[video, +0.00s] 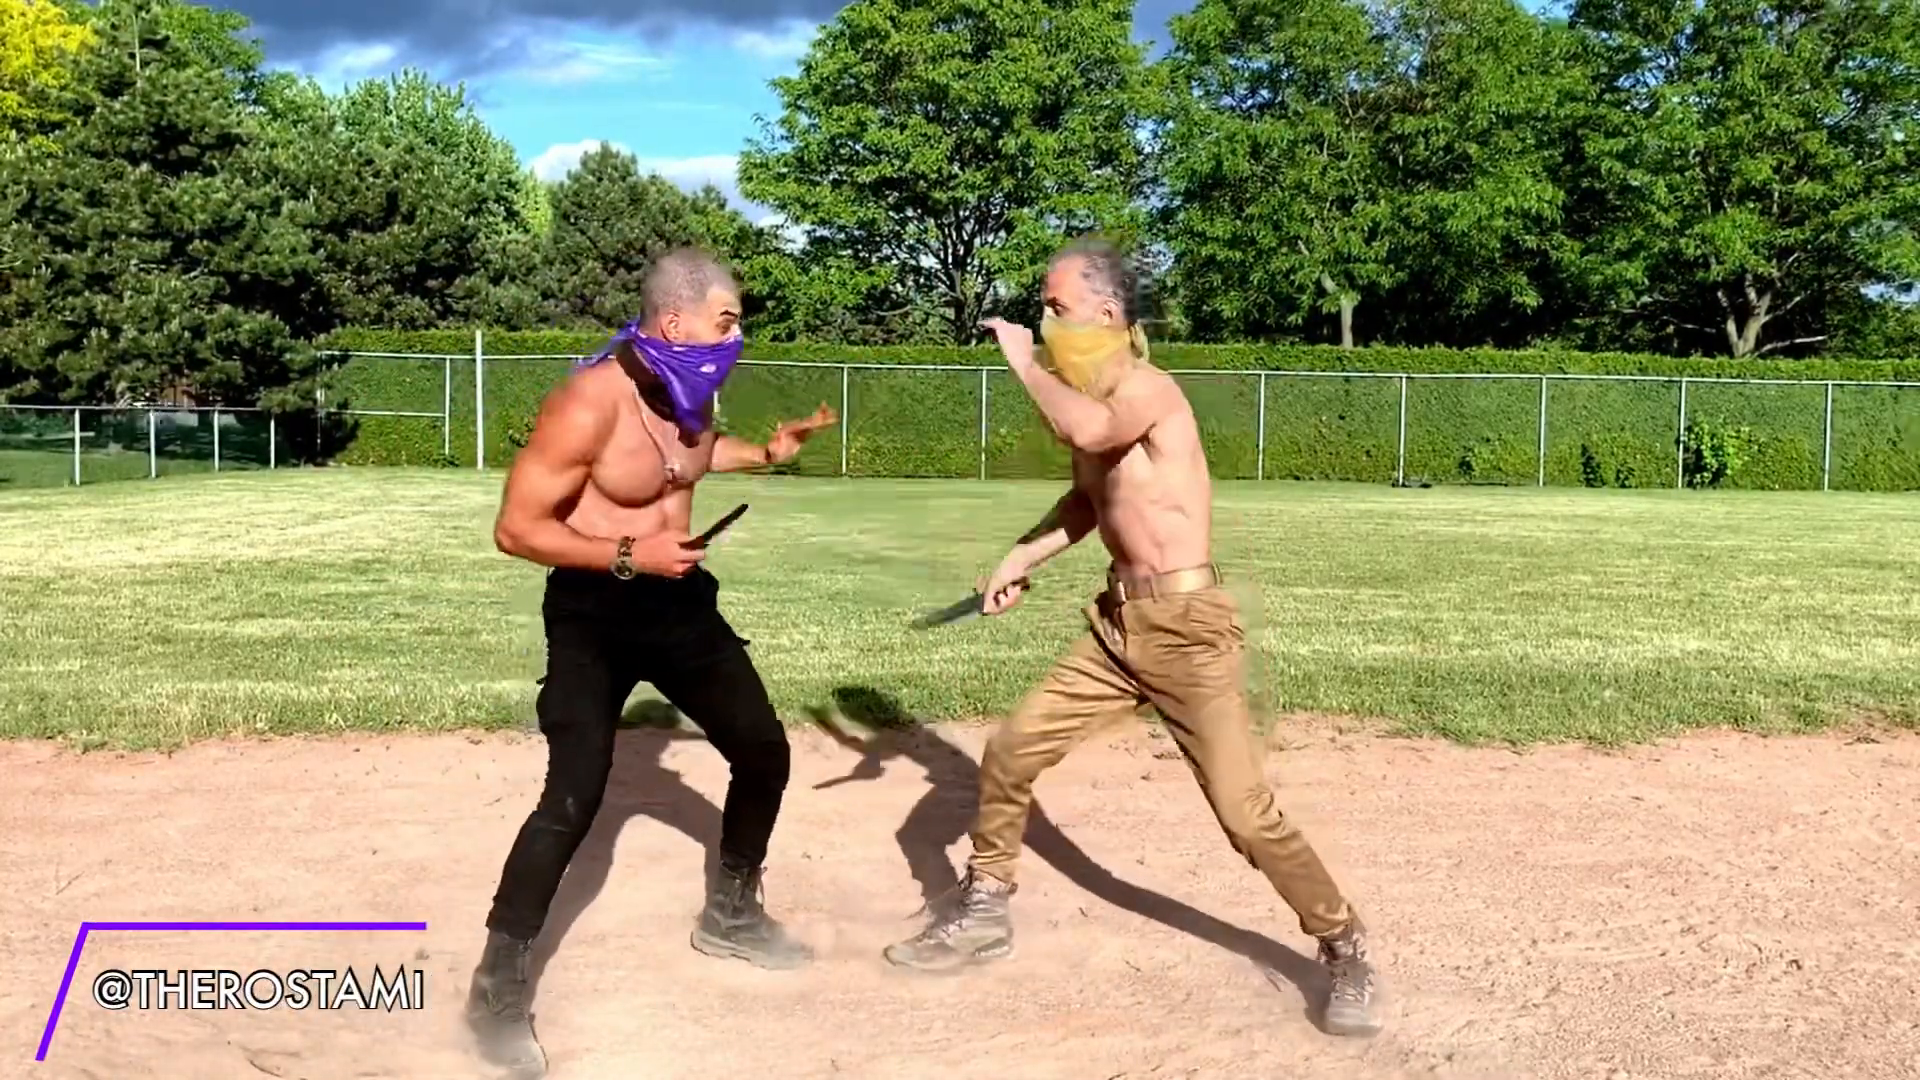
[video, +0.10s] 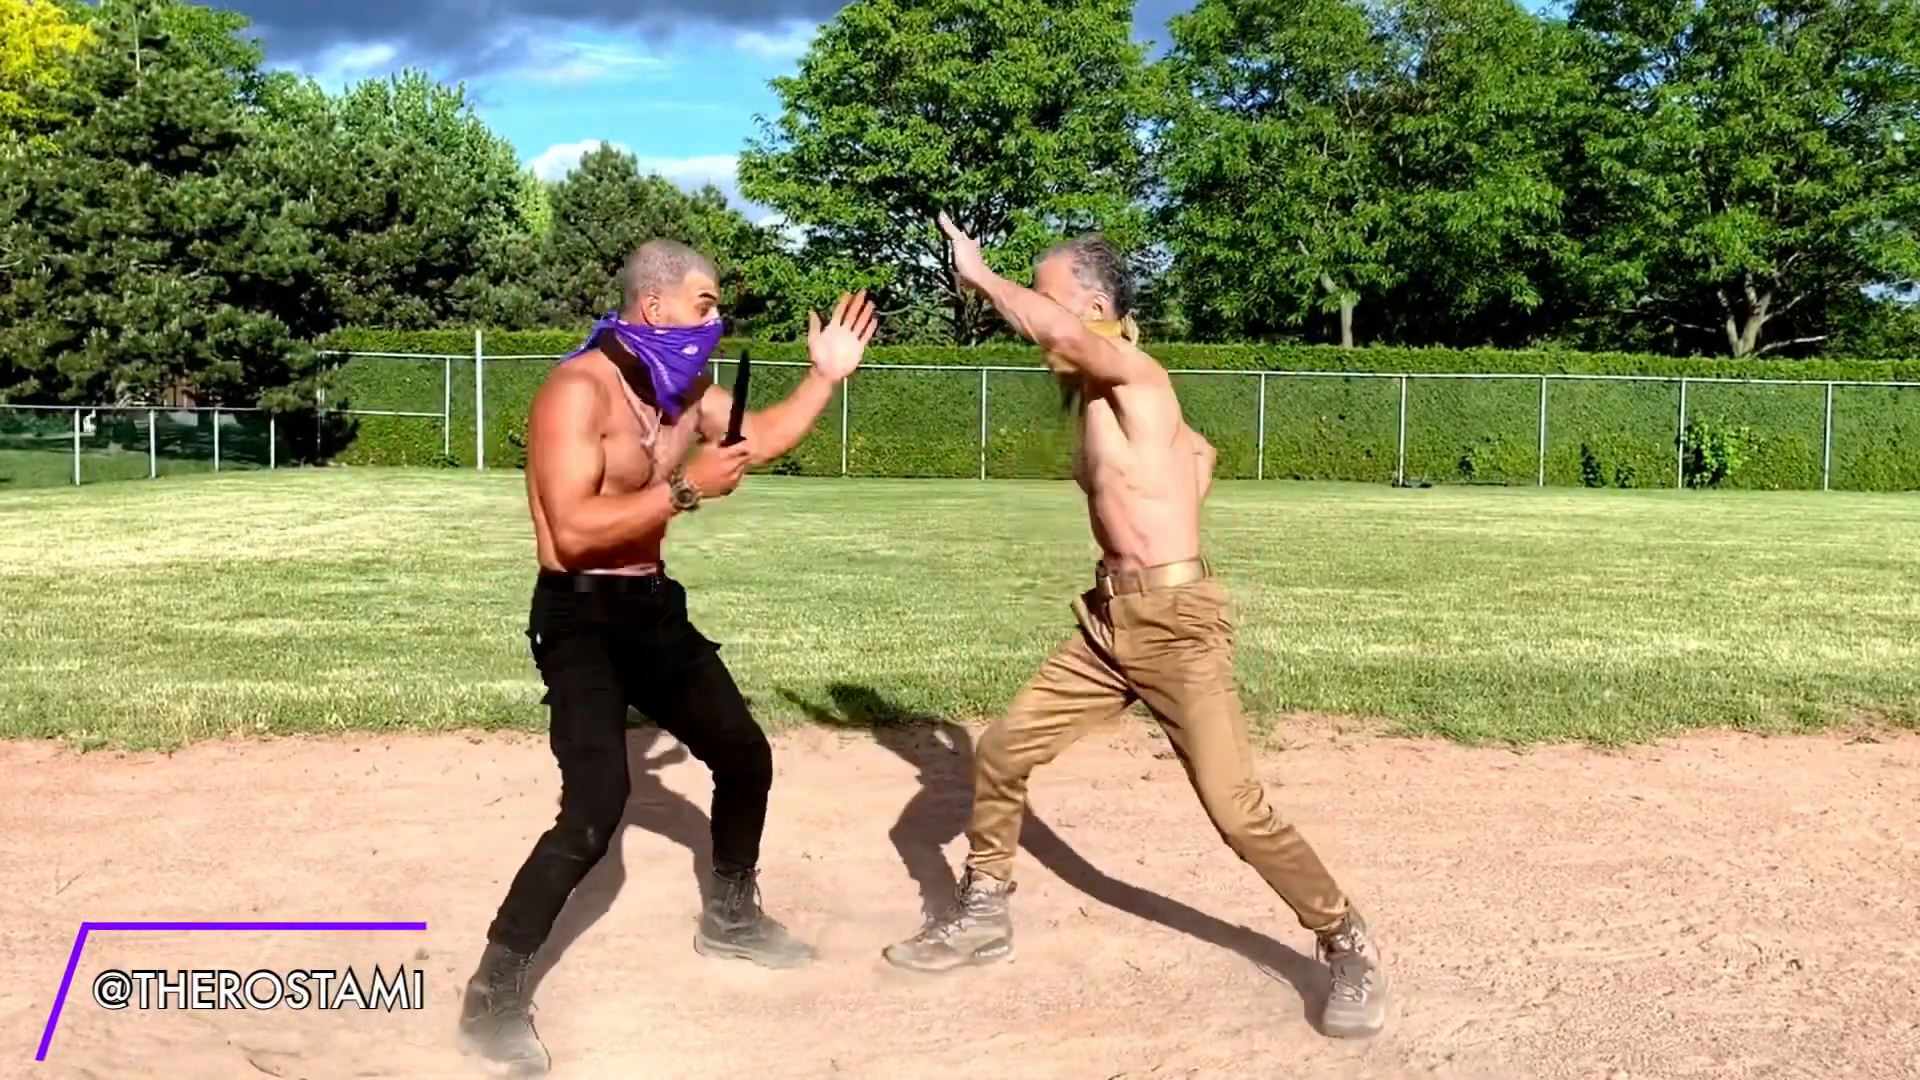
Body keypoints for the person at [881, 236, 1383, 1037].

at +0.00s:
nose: (1045, 322)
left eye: (1058, 308)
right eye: (1044, 309)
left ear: (1111, 309)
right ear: (1078, 316)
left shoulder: (1153, 389)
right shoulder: (1099, 410)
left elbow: (1094, 432)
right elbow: (1088, 506)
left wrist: (1025, 366)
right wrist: (1020, 557)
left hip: (1191, 630)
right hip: (1119, 628)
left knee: (1245, 815)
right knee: (1009, 756)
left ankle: (1344, 948)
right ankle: (984, 913)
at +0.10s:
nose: (1038, 319)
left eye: (1046, 302)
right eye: (1036, 303)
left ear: (1094, 304)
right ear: (1092, 311)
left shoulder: (1129, 367)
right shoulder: (1114, 391)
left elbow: (1060, 333)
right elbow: (1199, 455)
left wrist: (979, 276)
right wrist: (1162, 547)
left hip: (1178, 623)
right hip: (1112, 623)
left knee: (1237, 811)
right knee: (1002, 754)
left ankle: (1348, 943)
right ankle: (985, 914)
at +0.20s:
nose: (1092, 283)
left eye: (1106, 265)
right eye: (1090, 268)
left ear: (1146, 278)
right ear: (1116, 280)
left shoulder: (1158, 354)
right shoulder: (1153, 367)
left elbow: (1137, 303)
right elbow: (1236, 424)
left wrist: (1073, 211)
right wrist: (1200, 517)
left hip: (1166, 597)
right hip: (1114, 598)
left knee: (1223, 797)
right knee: (1024, 756)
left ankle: (1339, 943)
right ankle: (988, 913)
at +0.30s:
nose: (1138, 301)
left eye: (1153, 286)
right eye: (1139, 290)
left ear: (1196, 288)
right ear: (1179, 294)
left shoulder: (1204, 353)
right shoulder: (1181, 372)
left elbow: (1202, 365)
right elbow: (1236, 474)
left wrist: (1137, 264)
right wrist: (1161, 519)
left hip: (1172, 595)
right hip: (1124, 593)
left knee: (1208, 795)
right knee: (1047, 755)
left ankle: (1330, 948)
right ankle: (995, 914)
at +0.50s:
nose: (1112, 309)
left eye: (1122, 293)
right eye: (1111, 296)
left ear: (1170, 293)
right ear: (1144, 297)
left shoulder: (1232, 382)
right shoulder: (1141, 392)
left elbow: (1209, 470)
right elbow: (1142, 483)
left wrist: (1153, 362)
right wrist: (1062, 511)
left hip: (1236, 613)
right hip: (1162, 609)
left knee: (1249, 802)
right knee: (1052, 750)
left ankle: (1339, 962)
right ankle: (1025, 912)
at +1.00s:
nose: (1071, 346)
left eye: (1080, 329)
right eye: (1066, 332)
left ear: (1130, 321)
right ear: (1098, 331)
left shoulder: (1201, 404)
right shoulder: (1116, 421)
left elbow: (1165, 525)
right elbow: (1141, 526)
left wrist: (1083, 452)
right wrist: (1075, 552)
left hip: (1231, 625)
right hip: (1148, 619)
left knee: (1280, 802)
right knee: (1042, 750)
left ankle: (1363, 950)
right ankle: (1017, 910)